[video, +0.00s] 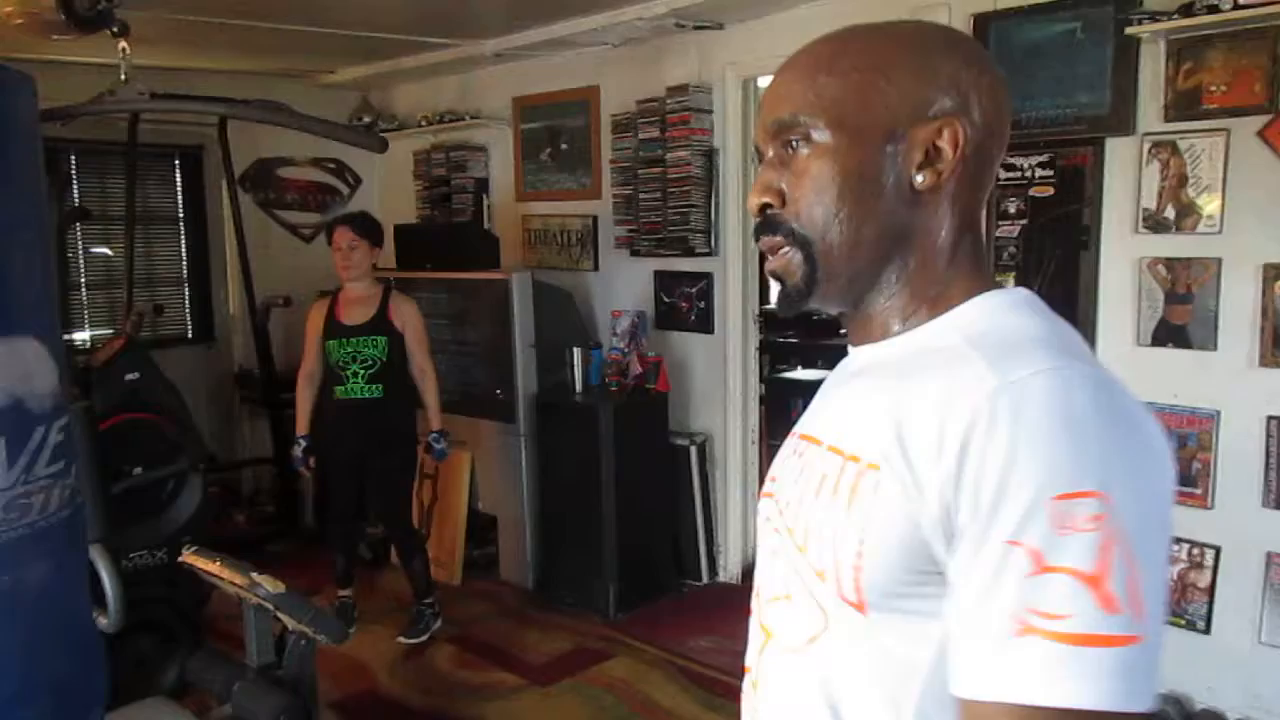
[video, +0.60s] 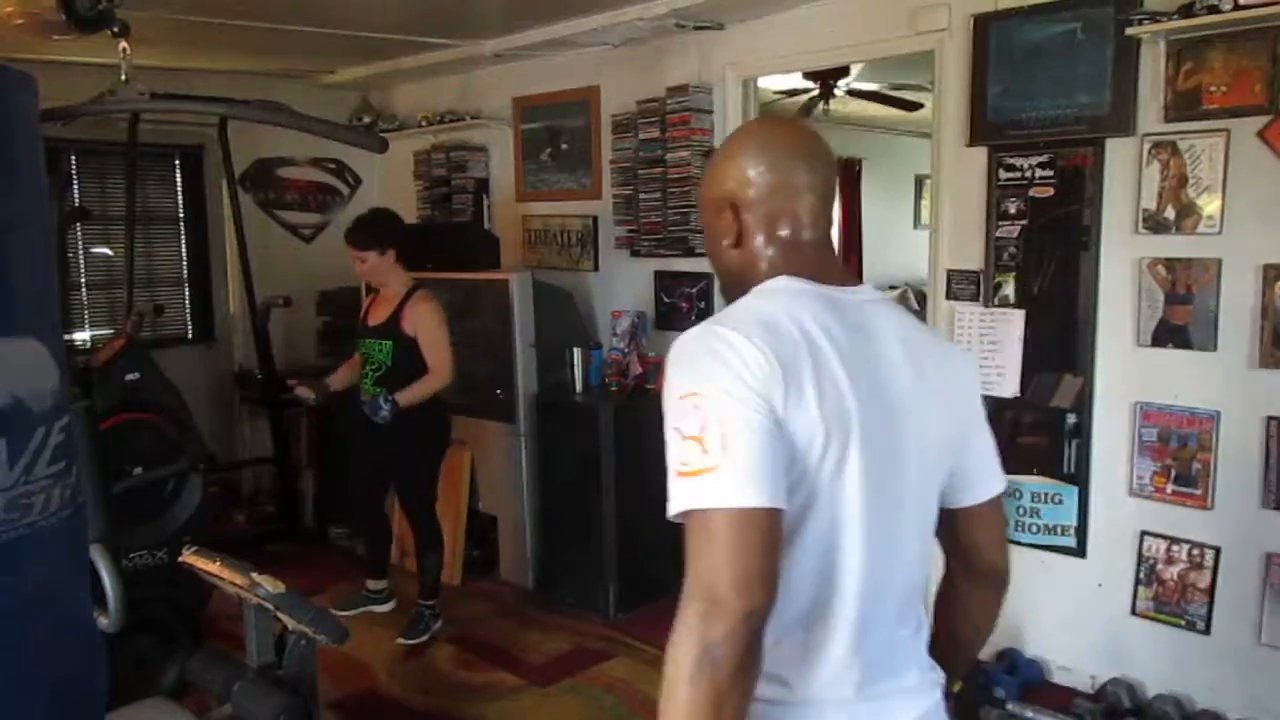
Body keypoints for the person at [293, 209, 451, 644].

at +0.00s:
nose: (344, 256)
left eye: (354, 247)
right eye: (337, 248)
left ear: (375, 252)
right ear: (331, 255)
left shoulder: (400, 307)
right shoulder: (321, 311)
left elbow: (423, 369)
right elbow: (309, 374)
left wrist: (436, 427)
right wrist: (301, 434)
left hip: (390, 434)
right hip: (338, 435)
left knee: (397, 521)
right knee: (340, 521)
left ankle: (426, 606)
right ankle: (344, 602)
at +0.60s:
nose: (356, 269)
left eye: (361, 260)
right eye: (353, 260)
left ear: (390, 255)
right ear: (372, 257)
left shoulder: (422, 306)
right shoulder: (372, 300)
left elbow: (442, 373)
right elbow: (364, 360)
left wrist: (394, 400)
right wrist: (323, 388)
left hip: (417, 424)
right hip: (375, 422)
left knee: (419, 509)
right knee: (369, 502)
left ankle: (428, 606)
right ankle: (377, 588)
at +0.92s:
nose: (354, 262)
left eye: (361, 254)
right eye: (353, 254)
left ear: (389, 254)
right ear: (373, 255)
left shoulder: (414, 306)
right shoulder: (368, 298)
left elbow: (443, 370)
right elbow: (367, 354)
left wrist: (388, 385)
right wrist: (334, 378)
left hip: (411, 426)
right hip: (375, 422)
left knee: (414, 511)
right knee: (380, 509)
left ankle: (427, 605)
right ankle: (381, 590)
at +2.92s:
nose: (297, 263)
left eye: (297, 256)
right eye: (297, 256)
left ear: (307, 258)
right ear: (337, 254)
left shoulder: (312, 310)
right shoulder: (359, 301)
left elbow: (319, 374)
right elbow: (376, 364)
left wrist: (295, 432)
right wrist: (358, 395)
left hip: (326, 422)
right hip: (361, 417)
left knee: (303, 503)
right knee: (363, 502)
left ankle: (295, 587)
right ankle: (380, 587)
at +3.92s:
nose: (237, 263)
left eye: (237, 257)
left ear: (241, 261)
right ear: (278, 259)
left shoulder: (228, 313)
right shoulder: (300, 308)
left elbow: (219, 377)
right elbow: (323, 364)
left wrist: (217, 417)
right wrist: (303, 398)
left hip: (250, 424)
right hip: (294, 419)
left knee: (265, 504)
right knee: (289, 499)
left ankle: (279, 580)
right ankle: (290, 574)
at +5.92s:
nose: (236, 269)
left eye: (236, 262)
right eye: (235, 262)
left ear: (201, 261)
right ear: (228, 264)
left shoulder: (192, 300)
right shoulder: (216, 305)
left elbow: (199, 359)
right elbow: (220, 360)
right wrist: (243, 406)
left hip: (199, 399)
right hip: (217, 402)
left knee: (217, 474)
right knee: (237, 473)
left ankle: (215, 544)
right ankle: (245, 549)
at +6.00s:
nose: (236, 269)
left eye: (236, 262)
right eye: (235, 262)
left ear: (201, 261)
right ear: (227, 264)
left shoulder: (192, 300)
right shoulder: (216, 305)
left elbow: (199, 358)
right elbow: (220, 360)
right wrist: (243, 406)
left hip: (199, 399)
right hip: (217, 402)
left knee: (217, 474)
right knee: (236, 473)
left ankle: (215, 544)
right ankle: (245, 548)